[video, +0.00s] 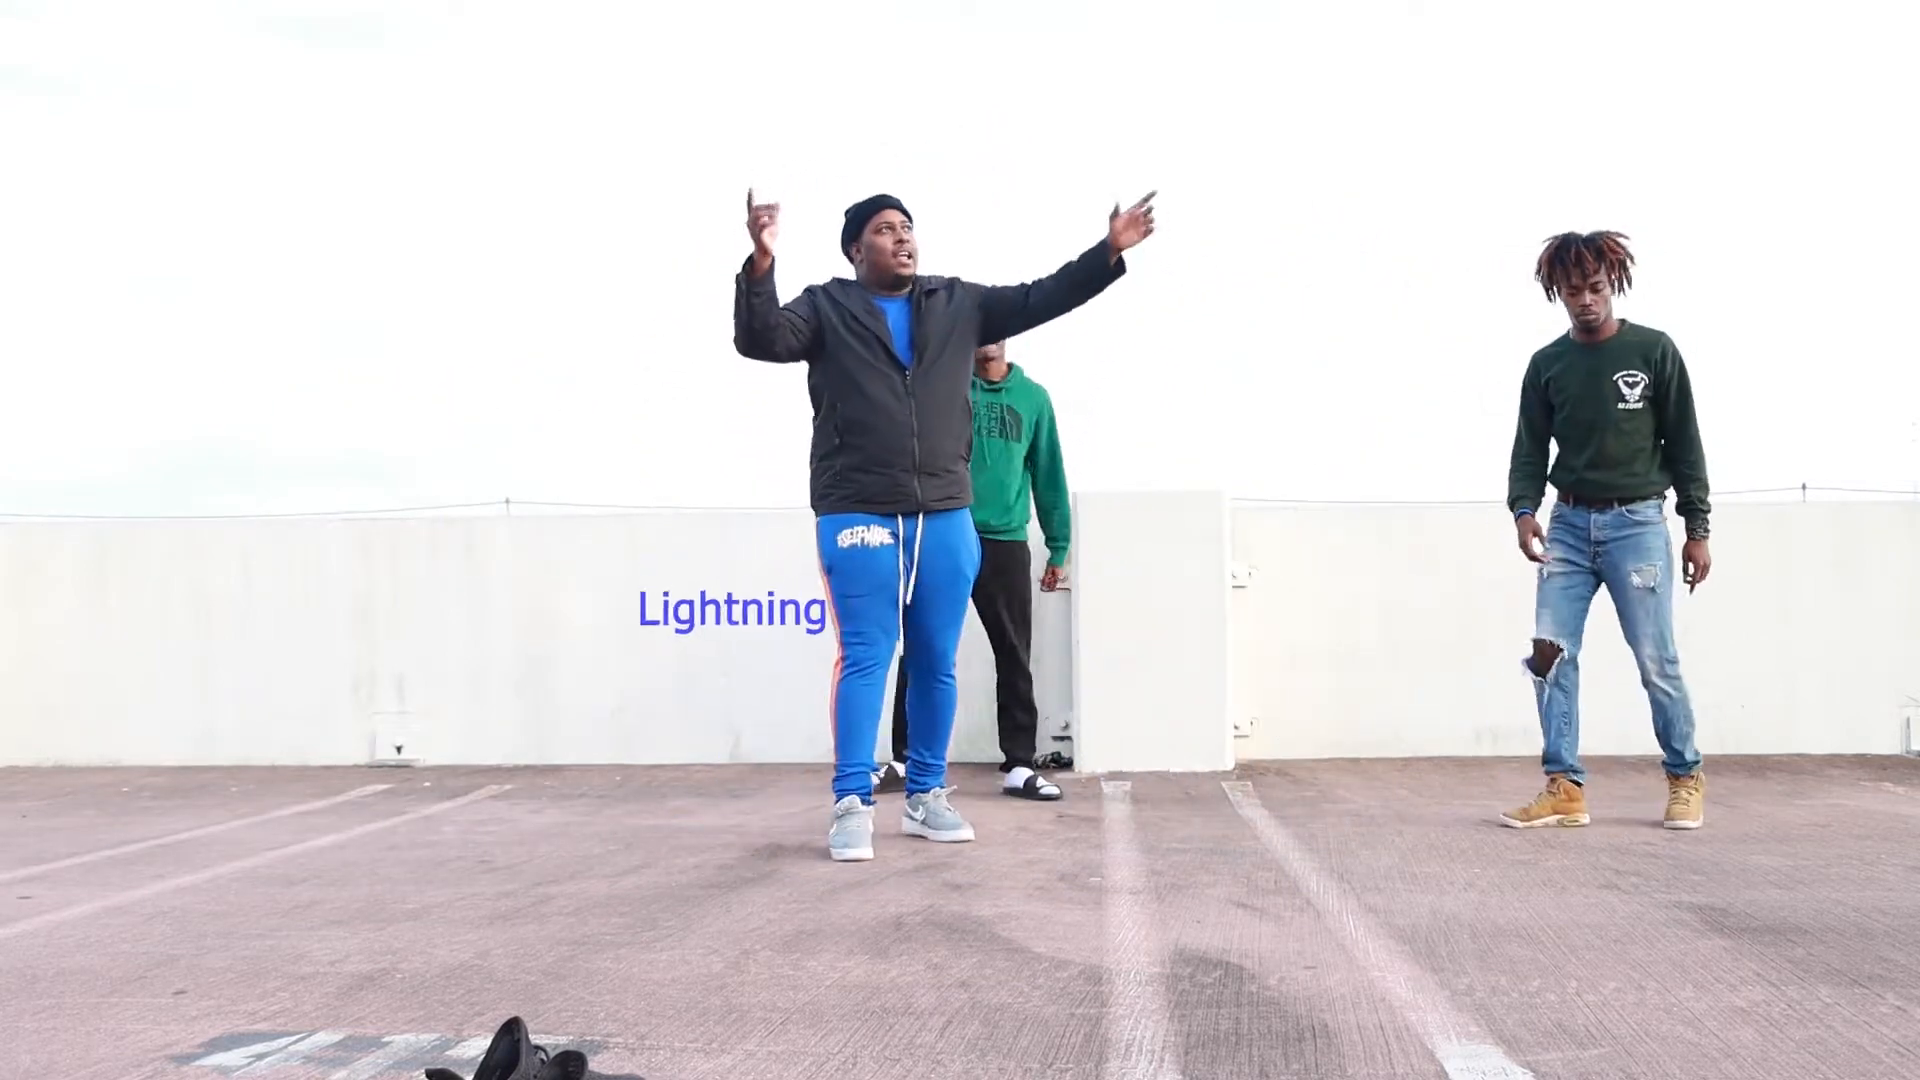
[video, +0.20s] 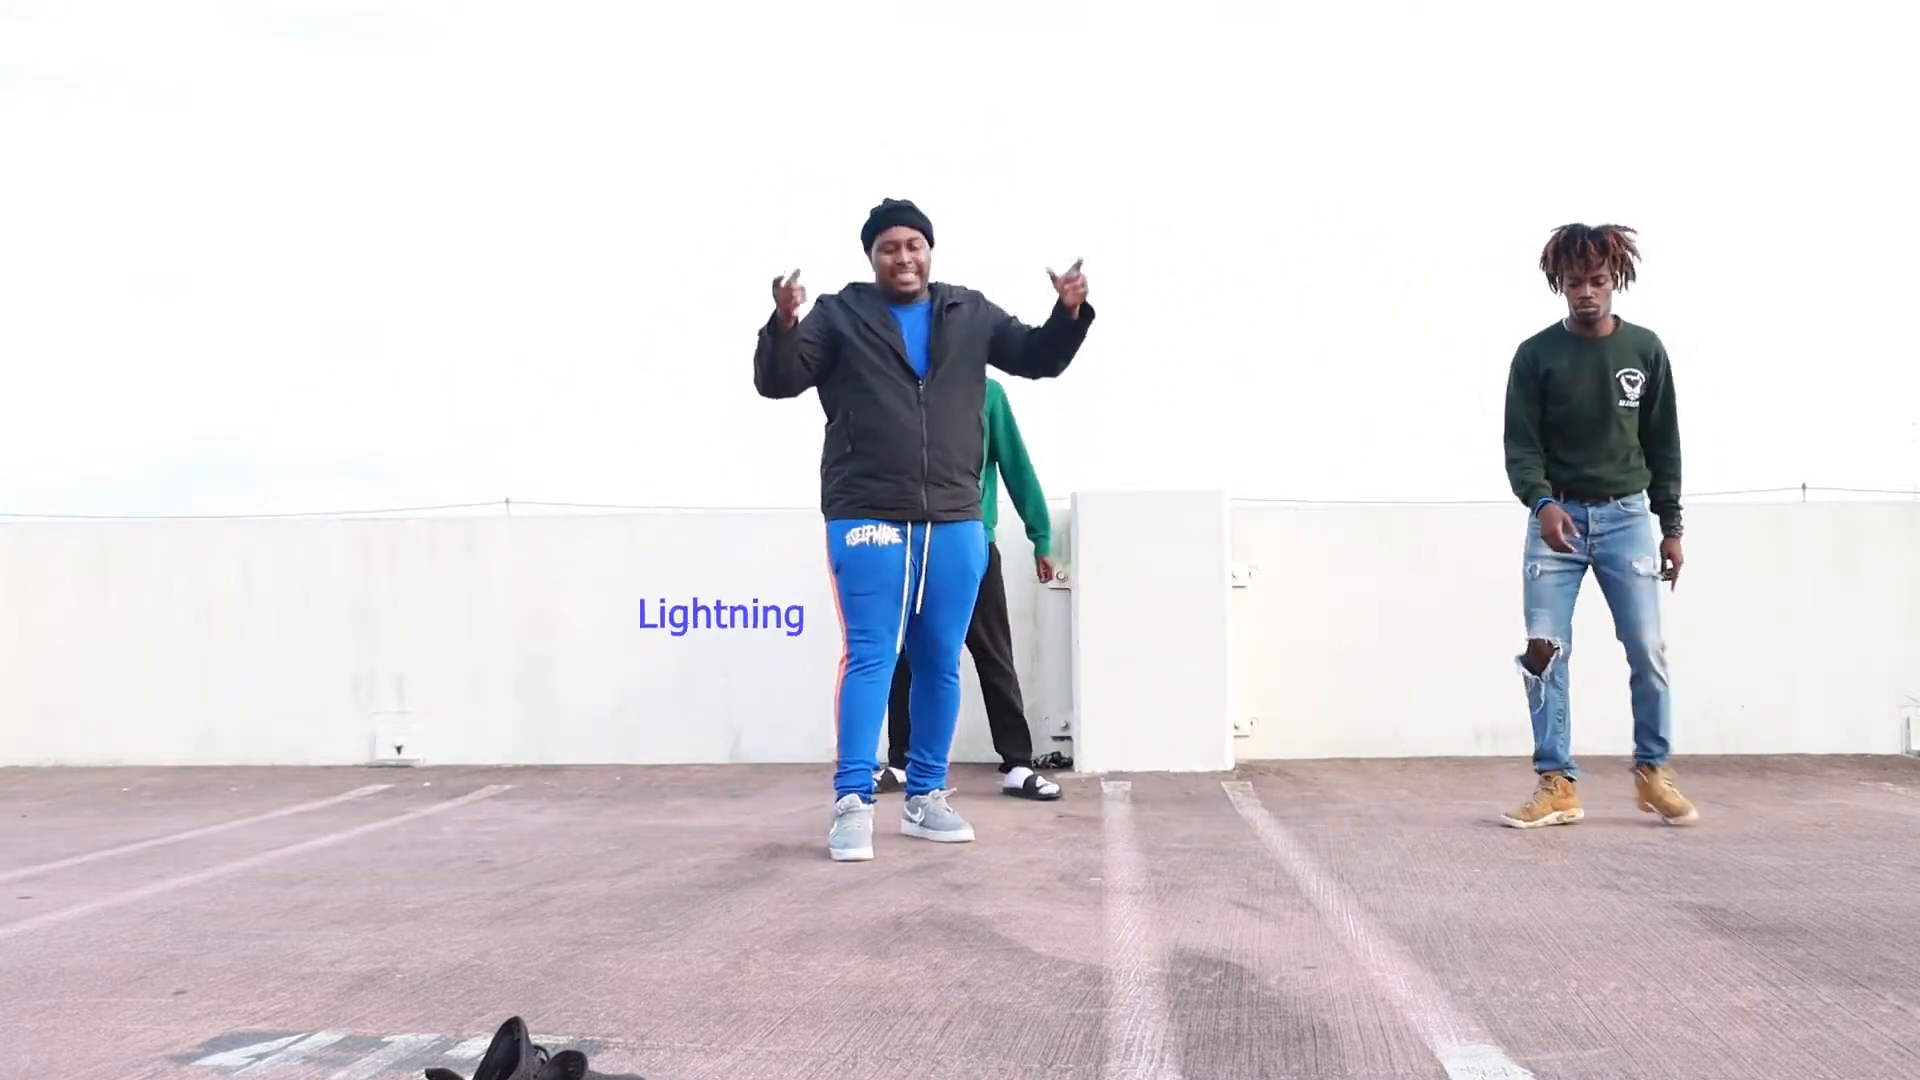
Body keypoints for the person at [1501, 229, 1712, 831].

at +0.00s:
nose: (1586, 298)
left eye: (1595, 285)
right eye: (1573, 290)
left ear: (1615, 283)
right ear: (1559, 295)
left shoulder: (1653, 350)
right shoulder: (1546, 364)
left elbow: (1683, 442)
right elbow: (1530, 444)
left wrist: (1696, 529)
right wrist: (1524, 509)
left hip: (1638, 522)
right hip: (1568, 525)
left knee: (1655, 659)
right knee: (1550, 651)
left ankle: (1684, 778)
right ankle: (1564, 787)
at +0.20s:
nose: (1585, 291)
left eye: (1595, 280)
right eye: (1574, 281)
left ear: (1614, 280)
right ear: (1559, 284)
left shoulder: (1644, 349)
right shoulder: (1533, 356)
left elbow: (1663, 444)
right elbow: (1520, 445)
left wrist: (1671, 526)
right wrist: (1543, 504)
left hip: (1628, 515)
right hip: (1555, 516)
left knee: (1648, 647)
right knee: (1543, 647)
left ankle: (1652, 771)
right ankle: (1556, 784)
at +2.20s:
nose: (1568, 297)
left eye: (1578, 285)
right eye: (1557, 286)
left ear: (1600, 285)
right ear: (1544, 290)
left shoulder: (1627, 353)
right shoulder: (1522, 359)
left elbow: (1641, 447)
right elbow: (1497, 450)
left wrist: (1654, 526)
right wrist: (1488, 534)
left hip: (1618, 520)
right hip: (1552, 517)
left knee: (1631, 652)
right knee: (1541, 651)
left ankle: (1626, 784)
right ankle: (1526, 778)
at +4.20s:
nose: (1502, 311)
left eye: (1512, 299)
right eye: (1492, 300)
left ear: (1536, 296)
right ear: (1481, 302)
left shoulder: (1568, 348)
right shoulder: (1462, 353)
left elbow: (1597, 432)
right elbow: (1434, 437)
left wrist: (1591, 512)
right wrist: (1436, 506)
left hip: (1553, 525)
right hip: (1481, 522)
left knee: (1561, 654)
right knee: (1464, 644)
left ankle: (1537, 781)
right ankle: (1494, 763)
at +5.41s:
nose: (1464, 312)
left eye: (1475, 299)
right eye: (1456, 302)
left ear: (1507, 291)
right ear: (1451, 300)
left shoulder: (1546, 342)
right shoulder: (1453, 358)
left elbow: (1563, 428)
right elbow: (1443, 437)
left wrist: (1518, 459)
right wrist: (1430, 511)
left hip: (1532, 516)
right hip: (1471, 520)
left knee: (1531, 641)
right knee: (1479, 651)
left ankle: (1555, 771)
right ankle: (1502, 774)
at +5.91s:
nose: (1481, 318)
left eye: (1490, 304)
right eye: (1473, 308)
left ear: (1524, 291)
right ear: (1469, 304)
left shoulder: (1566, 333)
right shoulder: (1485, 366)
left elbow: (1558, 418)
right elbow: (1486, 460)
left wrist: (1490, 423)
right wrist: (1430, 467)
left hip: (1562, 516)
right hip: (1505, 519)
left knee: (1557, 656)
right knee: (1468, 650)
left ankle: (1571, 787)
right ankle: (1505, 765)